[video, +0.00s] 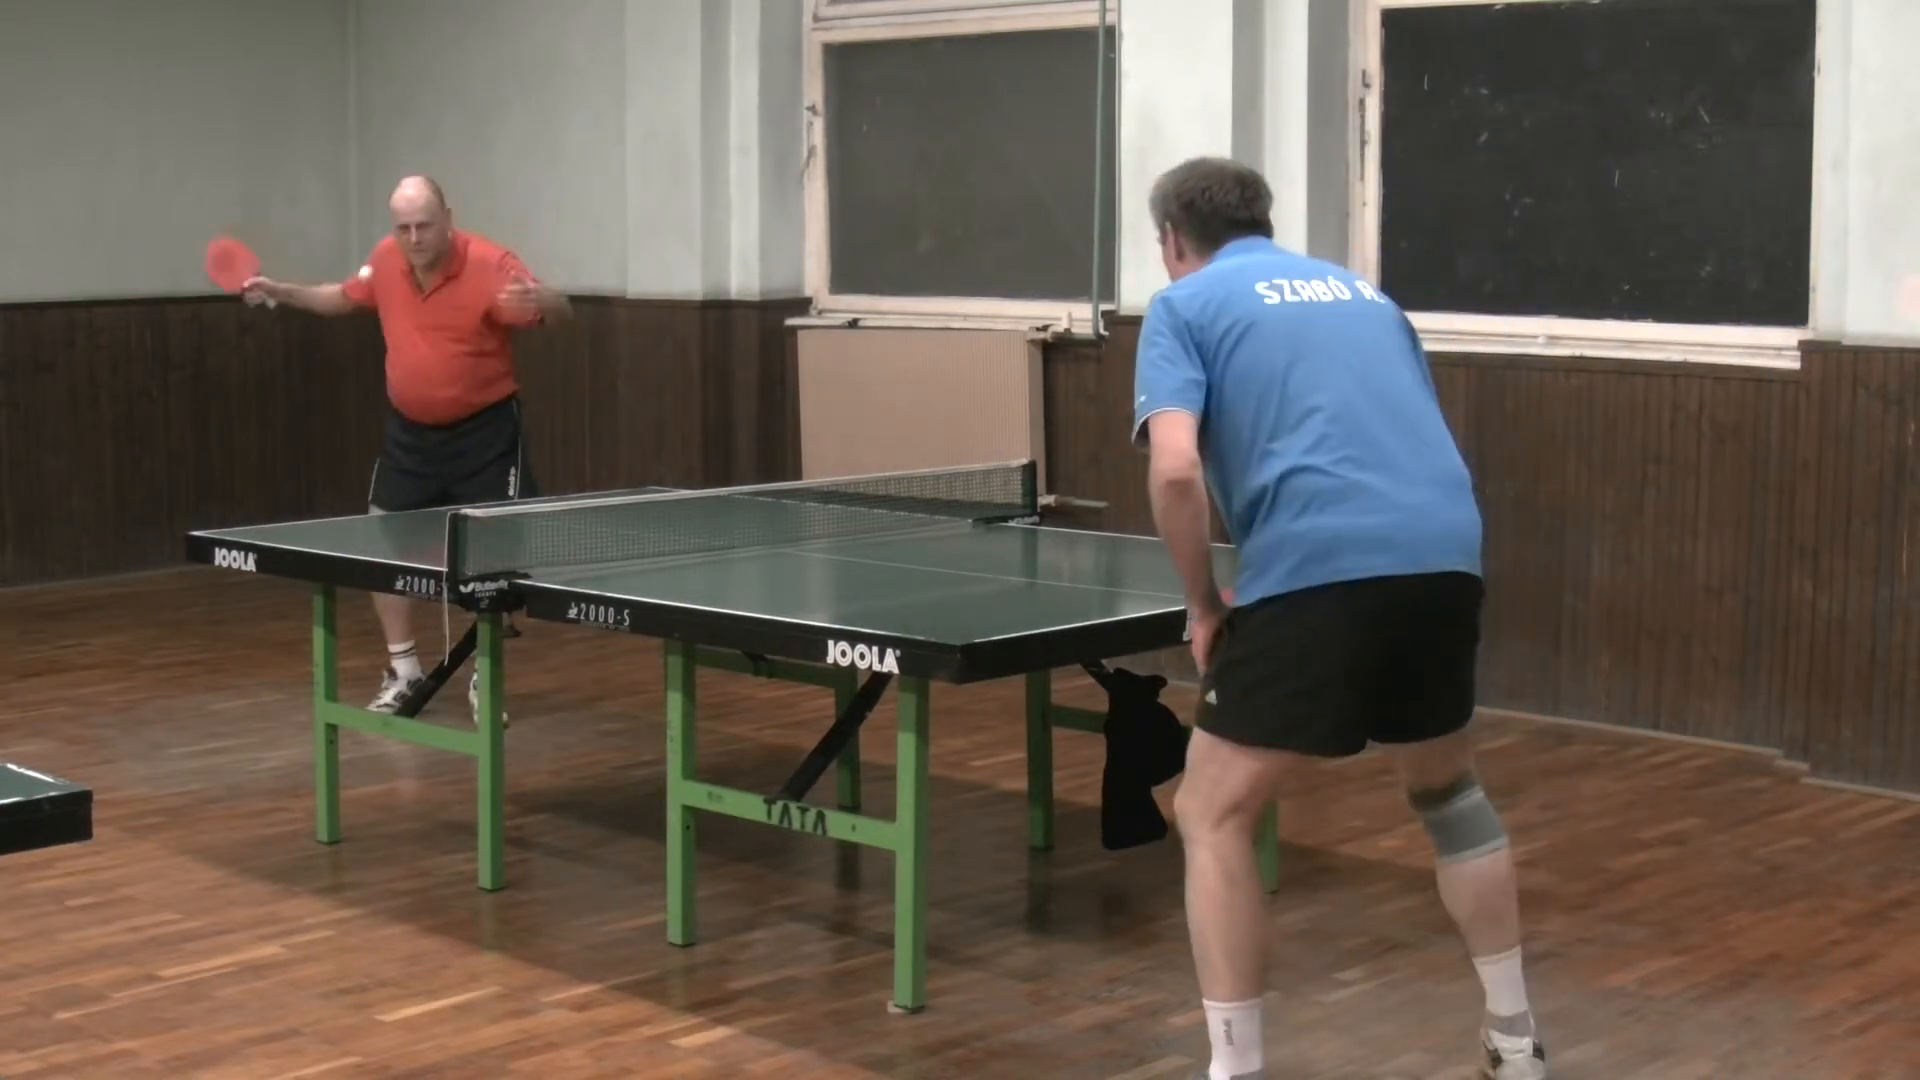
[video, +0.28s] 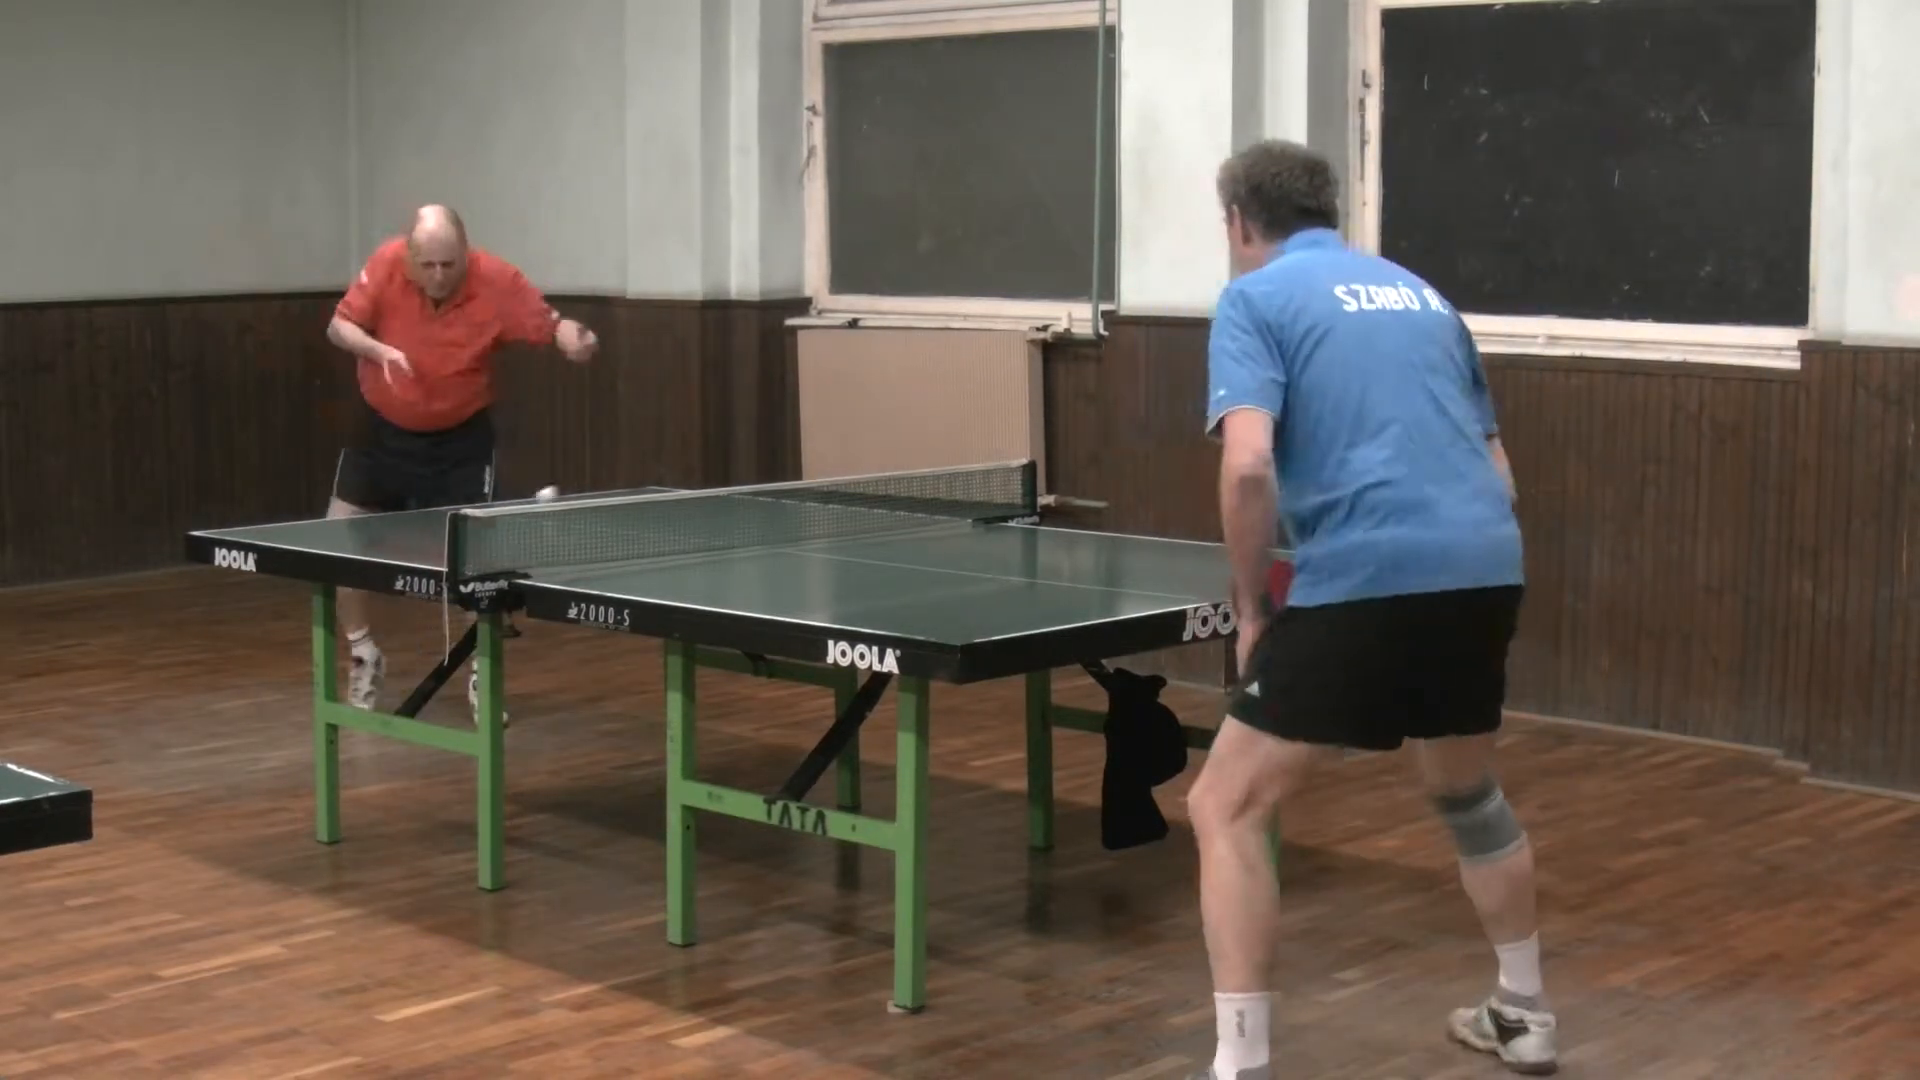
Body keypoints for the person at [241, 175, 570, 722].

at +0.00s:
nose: (413, 237)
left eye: (424, 225)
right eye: (403, 227)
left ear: (449, 219)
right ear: (393, 225)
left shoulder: (489, 263)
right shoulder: (387, 259)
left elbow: (557, 311)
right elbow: (345, 296)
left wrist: (538, 303)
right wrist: (281, 292)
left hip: (484, 433)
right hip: (410, 435)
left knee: (491, 557)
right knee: (381, 547)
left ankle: (484, 680)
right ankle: (406, 672)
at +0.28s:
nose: (437, 276)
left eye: (449, 265)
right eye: (426, 265)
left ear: (466, 253)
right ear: (409, 254)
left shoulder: (496, 281)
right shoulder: (388, 262)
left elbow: (550, 327)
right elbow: (340, 327)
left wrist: (574, 340)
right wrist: (379, 350)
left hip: (462, 436)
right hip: (384, 432)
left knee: (471, 561)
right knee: (337, 540)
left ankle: (481, 675)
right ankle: (364, 659)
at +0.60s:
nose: (414, 264)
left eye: (422, 252)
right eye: (403, 254)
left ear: (431, 248)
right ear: (375, 250)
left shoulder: (444, 287)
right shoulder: (341, 278)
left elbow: (481, 327)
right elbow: (286, 351)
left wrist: (531, 339)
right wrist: (337, 378)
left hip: (411, 447)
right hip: (329, 447)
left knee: (453, 564)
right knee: (283, 560)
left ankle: (479, 683)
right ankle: (259, 688)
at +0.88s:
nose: (376, 260)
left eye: (383, 249)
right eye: (363, 251)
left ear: (391, 246)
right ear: (334, 252)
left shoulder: (409, 287)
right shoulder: (301, 293)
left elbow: (444, 332)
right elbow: (263, 375)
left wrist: (478, 359)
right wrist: (310, 422)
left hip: (393, 448)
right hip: (311, 451)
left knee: (441, 556)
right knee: (268, 559)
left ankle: (460, 674)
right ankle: (245, 689)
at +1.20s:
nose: (381, 270)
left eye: (387, 259)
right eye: (368, 262)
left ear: (393, 257)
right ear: (339, 263)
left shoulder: (407, 296)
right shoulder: (305, 305)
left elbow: (437, 351)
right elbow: (272, 394)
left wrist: (459, 393)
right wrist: (335, 435)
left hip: (388, 458)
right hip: (308, 462)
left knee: (446, 555)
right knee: (265, 564)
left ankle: (459, 676)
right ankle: (244, 690)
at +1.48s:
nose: (409, 292)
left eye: (412, 281)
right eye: (398, 281)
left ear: (415, 275)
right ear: (362, 273)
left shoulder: (408, 308)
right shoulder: (318, 308)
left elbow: (412, 363)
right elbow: (285, 401)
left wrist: (436, 407)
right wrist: (369, 433)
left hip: (378, 458)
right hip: (304, 459)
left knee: (441, 552)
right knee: (268, 566)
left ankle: (459, 676)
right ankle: (240, 691)